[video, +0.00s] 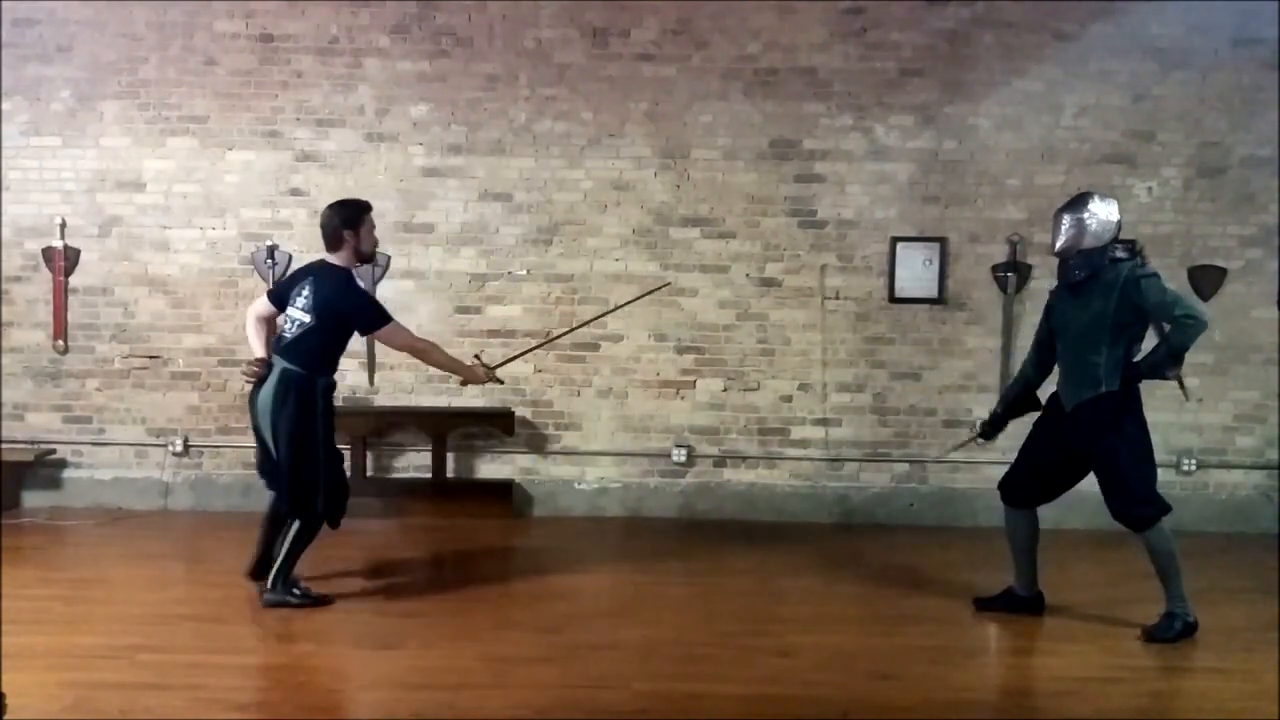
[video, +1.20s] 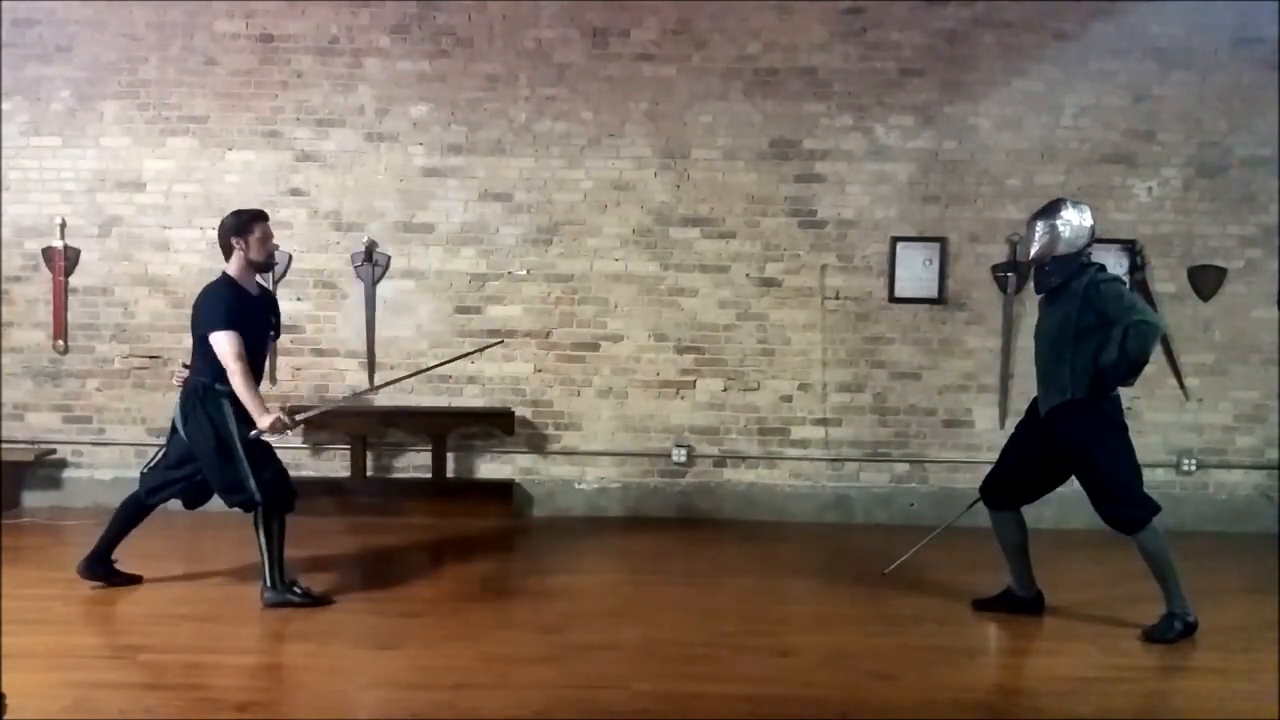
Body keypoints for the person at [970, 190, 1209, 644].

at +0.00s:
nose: (1062, 238)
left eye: (1072, 227)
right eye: (1061, 227)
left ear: (1097, 229)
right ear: (1064, 231)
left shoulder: (1131, 277)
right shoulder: (1062, 295)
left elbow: (1190, 320)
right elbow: (1037, 364)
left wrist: (1144, 368)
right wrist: (1000, 415)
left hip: (1115, 412)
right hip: (1067, 414)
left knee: (1139, 509)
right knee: (1016, 492)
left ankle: (1180, 612)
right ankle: (1025, 592)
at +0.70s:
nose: (1035, 245)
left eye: (1042, 235)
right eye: (1035, 235)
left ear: (1067, 237)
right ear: (1059, 239)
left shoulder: (1094, 284)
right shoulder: (1058, 287)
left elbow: (1143, 324)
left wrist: (1106, 378)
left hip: (1091, 417)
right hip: (1051, 415)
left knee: (1127, 512)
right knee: (998, 493)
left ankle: (1179, 612)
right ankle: (1023, 591)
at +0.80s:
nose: (1033, 246)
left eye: (1040, 236)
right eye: (1033, 236)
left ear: (1064, 238)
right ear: (1061, 240)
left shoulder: (1095, 283)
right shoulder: (1057, 286)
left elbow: (1143, 324)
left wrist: (1108, 376)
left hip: (1092, 416)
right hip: (1050, 414)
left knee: (1128, 511)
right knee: (998, 492)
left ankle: (1179, 612)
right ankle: (1023, 591)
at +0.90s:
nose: (1033, 248)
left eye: (1040, 237)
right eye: (1032, 238)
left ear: (1064, 239)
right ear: (1060, 241)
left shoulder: (1095, 284)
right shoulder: (1057, 288)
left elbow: (1144, 323)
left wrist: (1110, 375)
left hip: (1092, 416)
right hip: (1050, 414)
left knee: (1129, 512)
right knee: (998, 492)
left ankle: (1180, 612)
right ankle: (1023, 591)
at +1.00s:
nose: (1033, 245)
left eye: (1040, 236)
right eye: (1033, 236)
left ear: (1063, 238)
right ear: (1060, 239)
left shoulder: (1094, 284)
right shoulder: (1056, 286)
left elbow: (1144, 324)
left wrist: (1109, 376)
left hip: (1092, 416)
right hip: (1050, 413)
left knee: (1130, 511)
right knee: (998, 493)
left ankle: (1180, 612)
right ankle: (1023, 591)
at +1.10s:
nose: (1034, 247)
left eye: (1041, 236)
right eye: (1033, 237)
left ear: (1065, 238)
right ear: (1060, 239)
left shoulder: (1095, 284)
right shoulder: (1057, 287)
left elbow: (1145, 323)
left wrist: (1112, 374)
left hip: (1092, 416)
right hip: (1050, 414)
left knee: (1131, 511)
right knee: (998, 493)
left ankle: (1180, 612)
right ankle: (1023, 591)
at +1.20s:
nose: (1034, 245)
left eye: (1041, 235)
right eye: (1034, 235)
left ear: (1064, 237)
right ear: (1063, 238)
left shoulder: (1095, 283)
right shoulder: (1057, 287)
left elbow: (1145, 324)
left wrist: (1112, 375)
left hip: (1093, 416)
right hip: (1051, 414)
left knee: (1131, 511)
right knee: (999, 493)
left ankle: (1180, 611)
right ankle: (1023, 591)